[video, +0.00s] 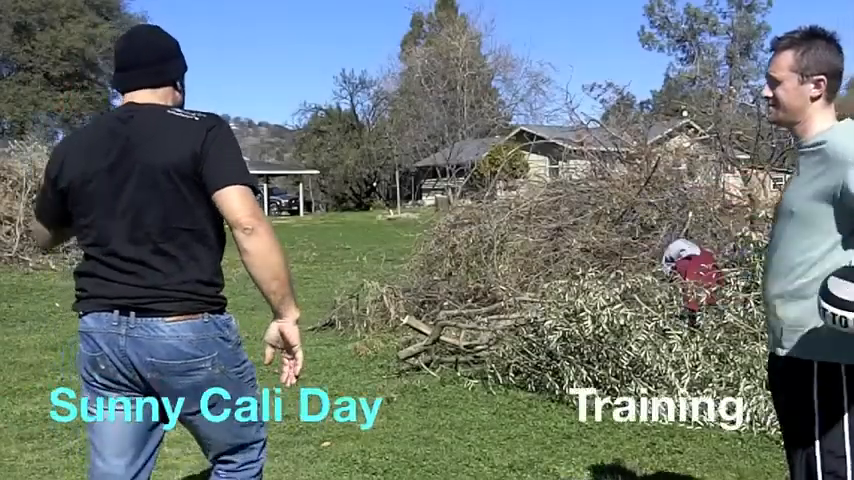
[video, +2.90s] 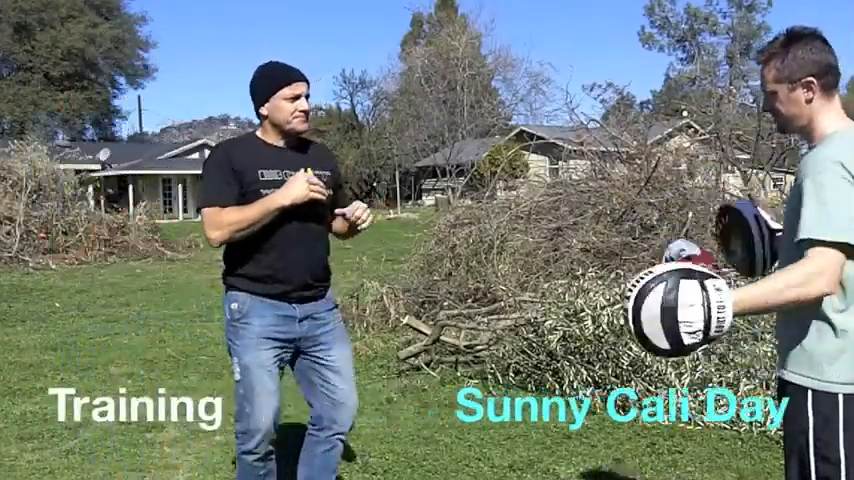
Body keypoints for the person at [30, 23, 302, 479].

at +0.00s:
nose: (184, 86)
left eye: (180, 77)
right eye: (183, 77)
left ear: (119, 84)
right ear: (176, 78)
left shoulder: (75, 145)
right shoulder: (204, 131)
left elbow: (48, 234)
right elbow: (247, 223)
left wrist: (93, 192)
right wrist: (286, 314)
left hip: (101, 333)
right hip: (188, 332)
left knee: (112, 472)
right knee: (238, 455)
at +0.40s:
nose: (223, 107)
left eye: (222, 96)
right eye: (221, 97)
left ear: (162, 97)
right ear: (208, 97)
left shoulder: (110, 157)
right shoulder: (233, 148)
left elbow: (73, 252)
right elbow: (264, 231)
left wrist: (131, 248)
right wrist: (292, 323)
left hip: (124, 331)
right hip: (206, 334)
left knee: (127, 473)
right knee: (241, 470)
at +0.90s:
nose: (279, 107)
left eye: (278, 96)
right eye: (277, 97)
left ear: (220, 95)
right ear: (261, 98)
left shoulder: (164, 148)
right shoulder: (278, 154)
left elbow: (130, 231)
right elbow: (304, 249)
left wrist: (183, 262)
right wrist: (328, 325)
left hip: (167, 320)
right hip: (241, 323)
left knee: (168, 447)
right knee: (259, 462)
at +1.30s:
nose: (304, 106)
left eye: (305, 95)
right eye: (302, 95)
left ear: (251, 93)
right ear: (279, 94)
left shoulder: (195, 146)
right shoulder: (290, 148)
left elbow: (160, 219)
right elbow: (312, 237)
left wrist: (210, 254)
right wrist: (340, 274)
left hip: (197, 306)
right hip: (258, 312)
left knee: (230, 414)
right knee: (272, 448)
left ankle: (217, 475)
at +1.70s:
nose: (321, 106)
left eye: (320, 97)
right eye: (315, 96)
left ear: (274, 100)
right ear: (285, 98)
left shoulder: (231, 150)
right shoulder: (281, 147)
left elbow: (211, 221)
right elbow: (290, 226)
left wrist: (265, 241)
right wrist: (340, 241)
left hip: (233, 303)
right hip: (264, 307)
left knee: (277, 429)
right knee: (284, 444)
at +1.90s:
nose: (324, 110)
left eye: (323, 100)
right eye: (316, 100)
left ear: (285, 106)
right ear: (285, 104)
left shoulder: (280, 152)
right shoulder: (265, 150)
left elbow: (277, 225)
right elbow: (267, 228)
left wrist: (317, 251)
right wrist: (330, 229)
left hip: (279, 303)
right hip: (259, 305)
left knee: (294, 433)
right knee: (290, 440)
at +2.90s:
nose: (304, 106)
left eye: (306, 97)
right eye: (293, 99)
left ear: (308, 100)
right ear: (263, 106)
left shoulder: (320, 157)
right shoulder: (228, 156)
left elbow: (335, 225)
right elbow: (215, 229)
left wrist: (351, 220)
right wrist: (281, 197)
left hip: (319, 308)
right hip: (255, 310)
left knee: (336, 416)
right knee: (259, 427)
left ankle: (315, 477)